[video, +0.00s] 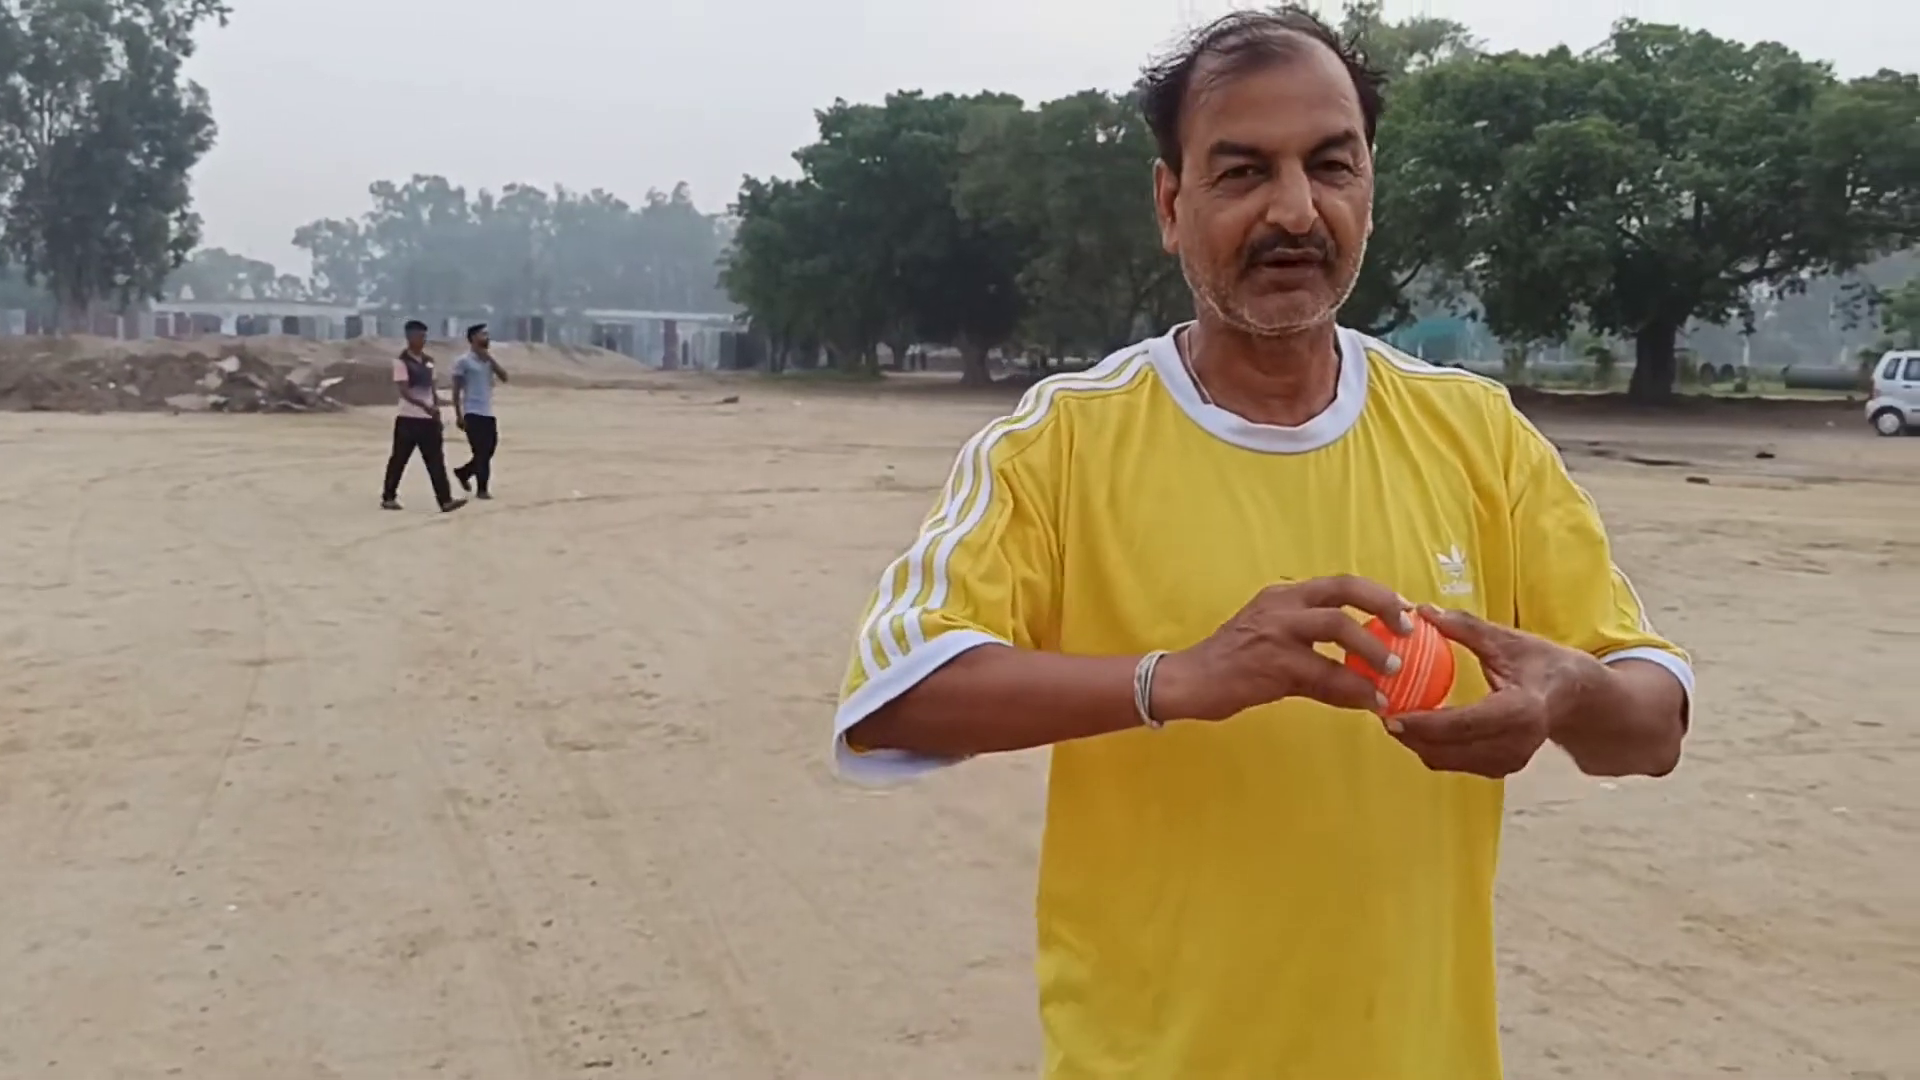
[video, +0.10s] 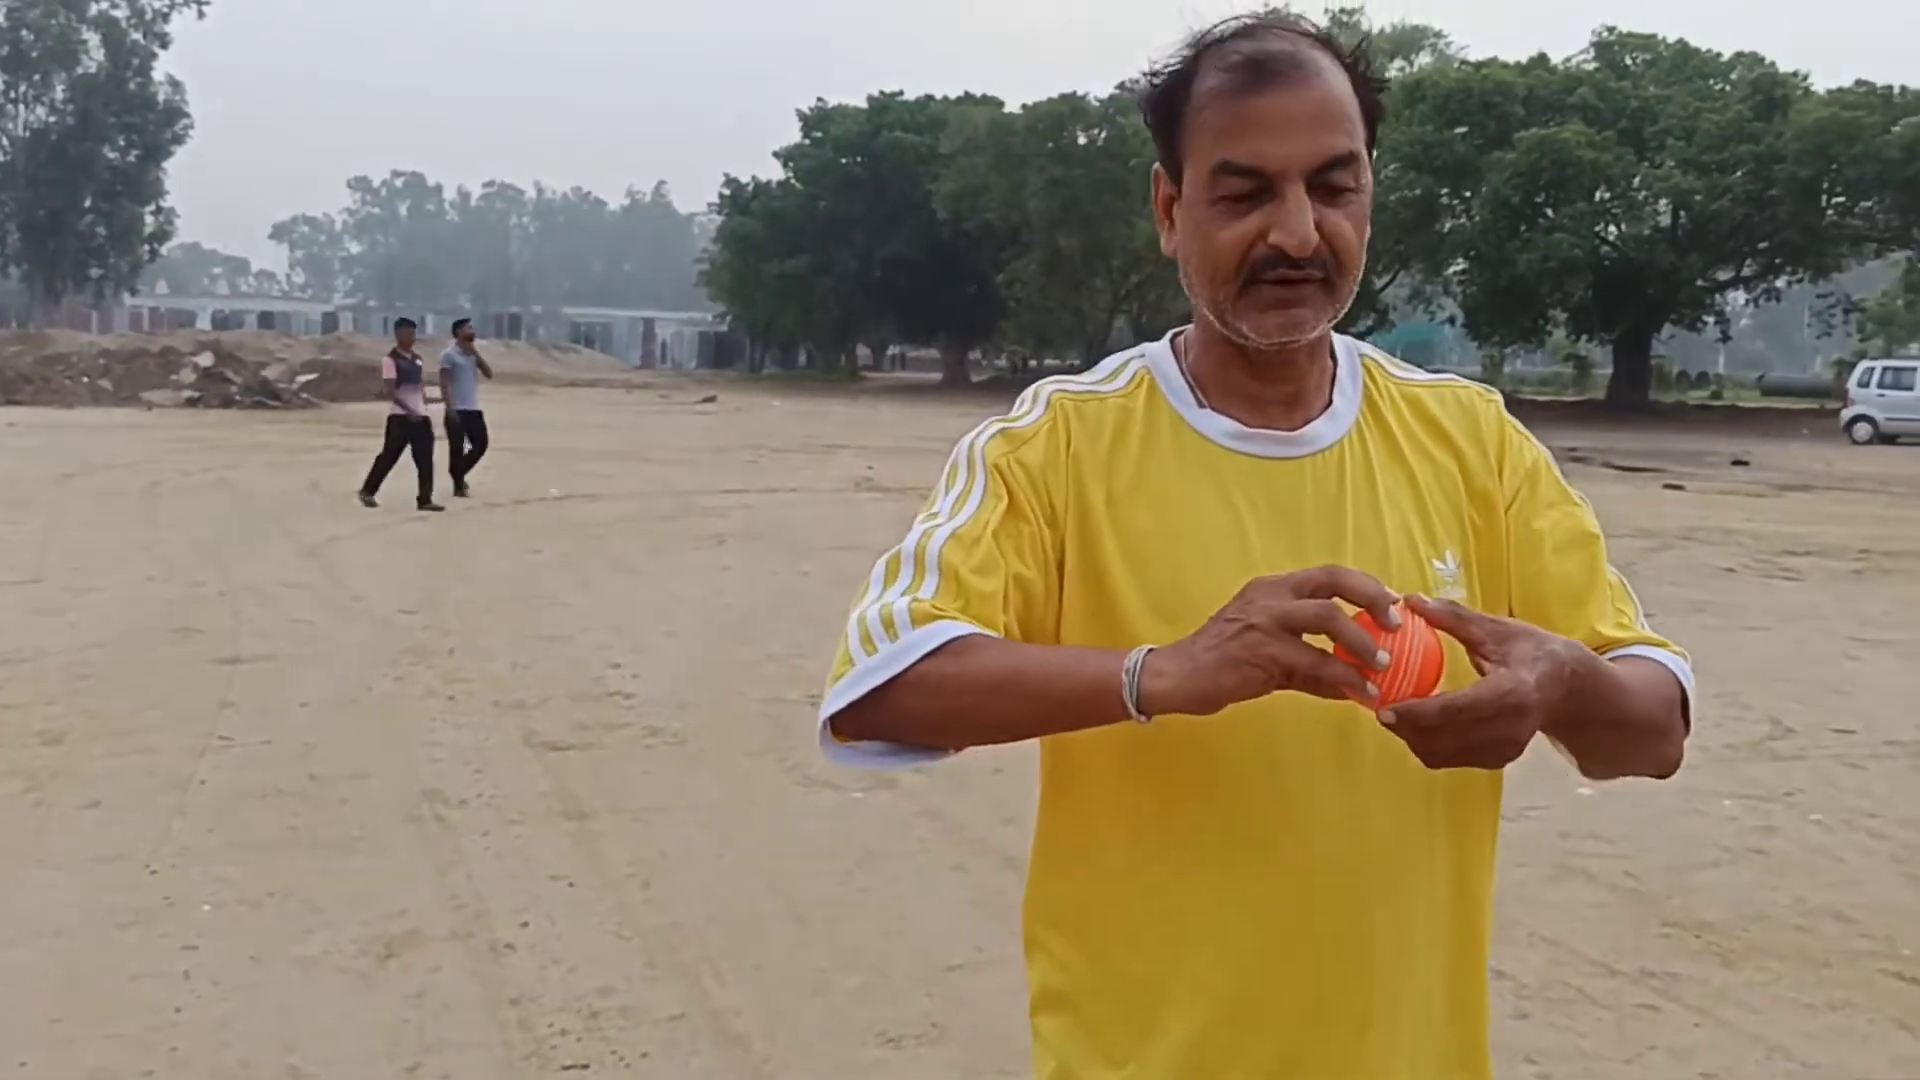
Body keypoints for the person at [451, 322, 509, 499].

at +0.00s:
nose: (487, 338)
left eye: (487, 334)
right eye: (483, 335)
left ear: (486, 338)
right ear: (473, 338)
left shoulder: (487, 360)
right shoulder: (463, 362)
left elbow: (504, 377)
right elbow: (456, 391)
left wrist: (489, 358)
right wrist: (459, 415)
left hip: (488, 412)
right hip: (472, 412)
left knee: (488, 450)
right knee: (481, 452)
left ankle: (465, 471)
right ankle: (482, 488)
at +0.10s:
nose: (472, 332)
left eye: (472, 328)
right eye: (468, 329)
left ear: (471, 332)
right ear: (458, 333)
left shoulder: (472, 353)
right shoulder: (448, 356)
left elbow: (488, 374)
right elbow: (444, 384)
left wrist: (475, 354)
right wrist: (449, 408)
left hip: (473, 408)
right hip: (455, 409)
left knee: (480, 444)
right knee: (456, 449)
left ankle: (459, 471)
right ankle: (458, 485)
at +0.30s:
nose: (458, 337)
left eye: (458, 333)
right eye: (453, 334)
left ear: (457, 337)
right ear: (443, 338)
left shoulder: (457, 358)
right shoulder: (435, 360)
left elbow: (472, 380)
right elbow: (432, 387)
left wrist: (462, 359)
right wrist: (449, 407)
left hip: (457, 415)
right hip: (438, 416)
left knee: (466, 456)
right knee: (432, 457)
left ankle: (474, 490)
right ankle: (428, 490)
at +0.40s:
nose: (457, 348)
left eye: (457, 344)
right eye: (452, 345)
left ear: (457, 347)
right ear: (442, 349)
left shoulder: (456, 370)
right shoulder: (434, 371)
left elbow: (472, 390)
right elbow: (430, 398)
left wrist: (461, 370)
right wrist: (447, 415)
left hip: (456, 427)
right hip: (438, 427)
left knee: (463, 467)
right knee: (427, 466)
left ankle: (469, 502)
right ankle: (418, 497)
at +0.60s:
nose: (460, 359)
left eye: (460, 355)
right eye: (456, 355)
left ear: (460, 359)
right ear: (445, 358)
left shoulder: (457, 380)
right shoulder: (434, 380)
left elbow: (473, 402)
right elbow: (427, 410)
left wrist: (462, 381)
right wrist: (432, 436)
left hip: (459, 437)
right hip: (442, 437)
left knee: (460, 479)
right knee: (442, 476)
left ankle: (453, 516)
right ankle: (417, 502)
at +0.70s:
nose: (452, 366)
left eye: (452, 362)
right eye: (448, 362)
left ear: (451, 366)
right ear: (437, 366)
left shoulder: (450, 388)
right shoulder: (426, 388)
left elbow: (466, 410)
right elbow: (415, 417)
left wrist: (454, 389)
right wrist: (419, 443)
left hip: (449, 443)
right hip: (432, 443)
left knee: (445, 487)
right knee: (439, 484)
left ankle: (438, 524)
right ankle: (426, 516)